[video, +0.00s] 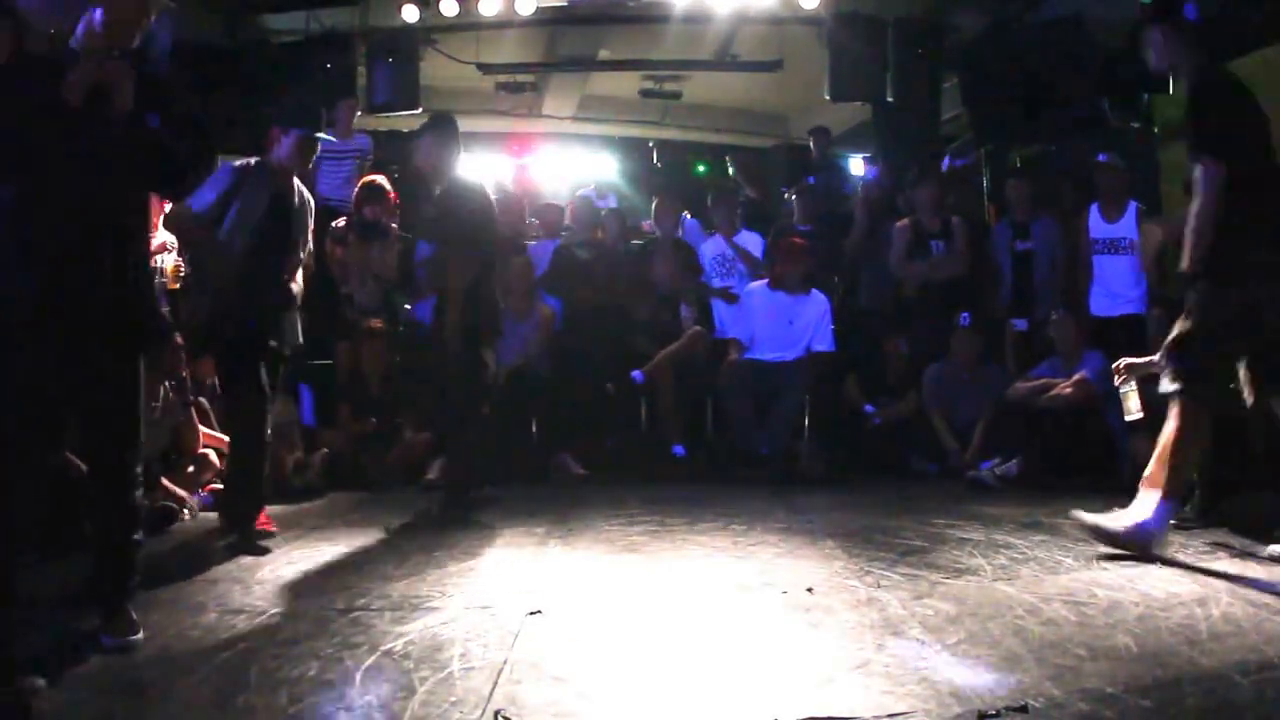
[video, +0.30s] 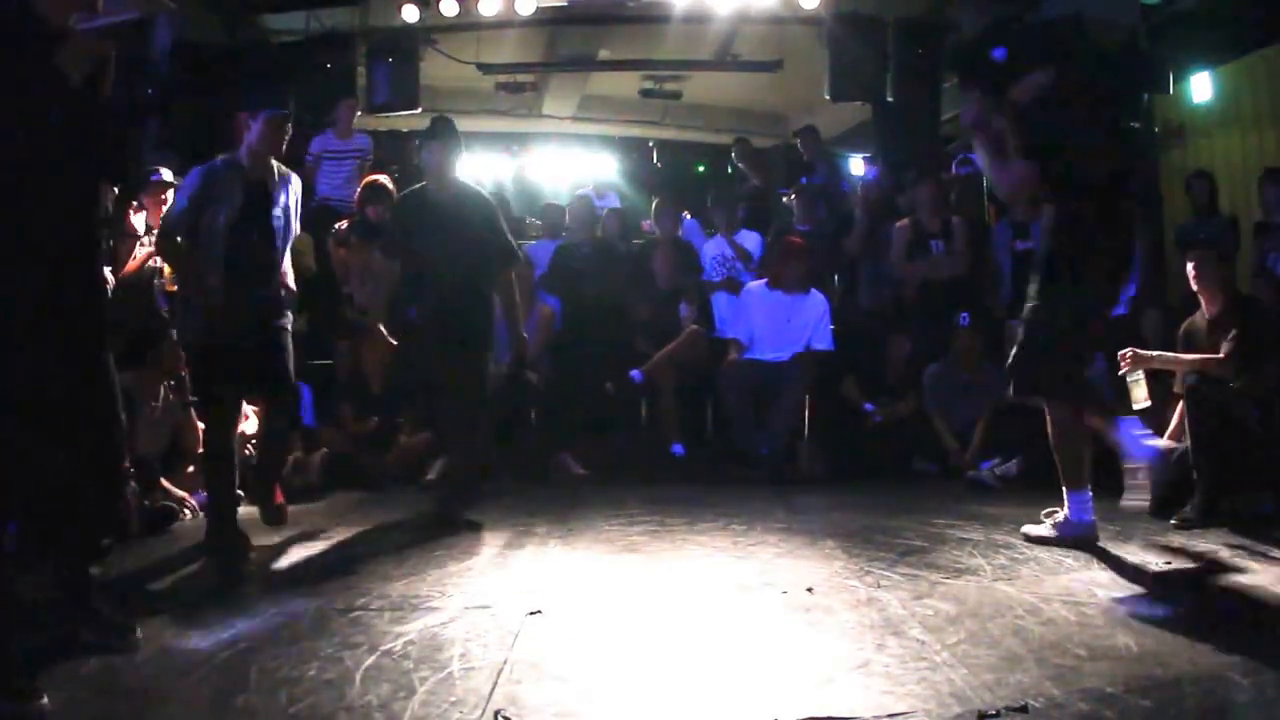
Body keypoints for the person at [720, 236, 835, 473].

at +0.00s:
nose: (793, 268)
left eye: (799, 261)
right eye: (787, 261)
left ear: (807, 265)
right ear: (775, 264)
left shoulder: (818, 302)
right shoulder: (753, 293)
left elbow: (822, 352)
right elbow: (737, 339)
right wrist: (733, 356)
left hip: (791, 364)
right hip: (755, 363)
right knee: (733, 373)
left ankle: (775, 450)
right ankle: (746, 448)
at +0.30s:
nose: (796, 269)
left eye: (800, 263)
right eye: (790, 262)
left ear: (805, 266)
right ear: (777, 264)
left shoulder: (816, 302)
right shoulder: (752, 292)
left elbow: (821, 351)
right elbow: (738, 339)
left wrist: (802, 360)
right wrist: (733, 357)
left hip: (790, 364)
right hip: (754, 363)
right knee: (730, 374)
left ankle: (778, 449)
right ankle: (747, 447)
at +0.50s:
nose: (794, 269)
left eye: (799, 263)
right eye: (788, 262)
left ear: (805, 266)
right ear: (776, 264)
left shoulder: (816, 301)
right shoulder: (753, 292)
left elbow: (821, 352)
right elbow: (740, 339)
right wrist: (733, 356)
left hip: (792, 361)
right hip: (756, 360)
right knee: (732, 376)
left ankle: (775, 450)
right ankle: (745, 448)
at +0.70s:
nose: (793, 268)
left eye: (796, 262)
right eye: (789, 260)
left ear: (802, 265)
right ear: (773, 262)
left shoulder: (805, 294)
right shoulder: (752, 292)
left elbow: (812, 339)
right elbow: (740, 338)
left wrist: (797, 305)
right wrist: (734, 355)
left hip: (791, 361)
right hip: (757, 360)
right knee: (731, 376)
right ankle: (744, 444)